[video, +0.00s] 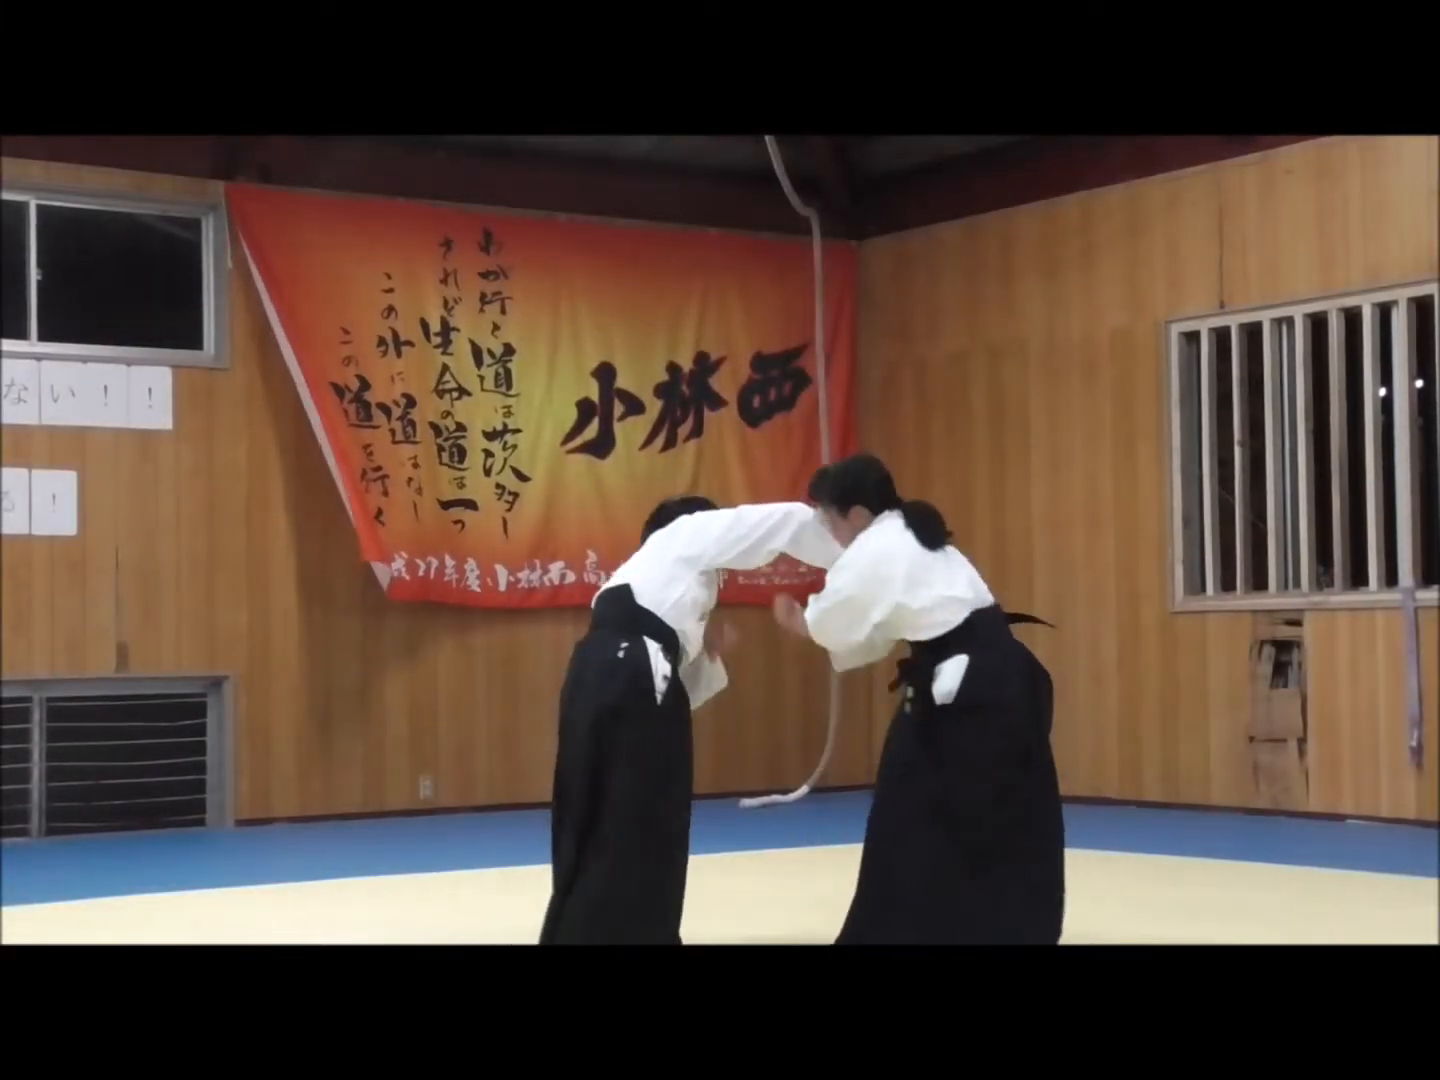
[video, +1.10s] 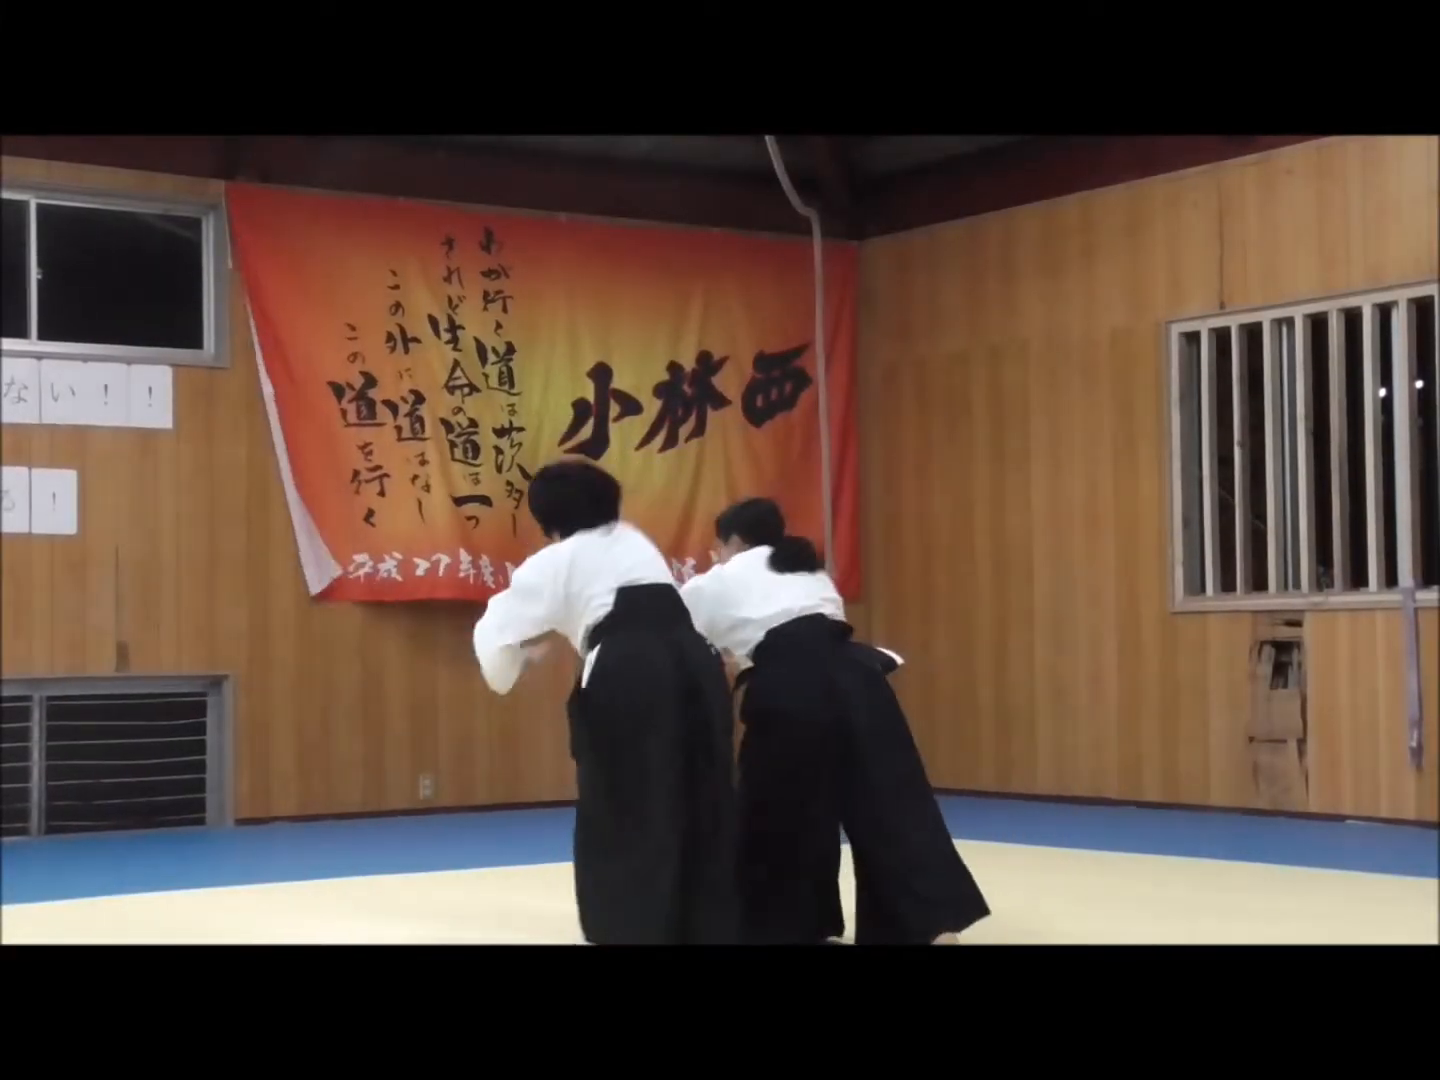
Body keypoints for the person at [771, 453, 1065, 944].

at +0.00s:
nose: (828, 532)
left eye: (828, 519)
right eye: (824, 520)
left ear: (855, 513)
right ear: (877, 504)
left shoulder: (872, 552)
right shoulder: (922, 533)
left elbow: (830, 627)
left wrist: (795, 620)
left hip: (963, 683)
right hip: (1015, 670)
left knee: (912, 818)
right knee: (1010, 820)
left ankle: (905, 931)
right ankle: (1007, 931)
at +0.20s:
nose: (835, 477)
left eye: (841, 465)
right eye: (835, 465)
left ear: (871, 469)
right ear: (886, 468)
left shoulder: (878, 515)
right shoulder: (920, 505)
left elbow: (823, 586)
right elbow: (859, 577)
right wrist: (791, 566)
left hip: (933, 669)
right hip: (981, 663)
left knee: (898, 809)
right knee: (972, 810)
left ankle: (891, 930)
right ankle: (981, 930)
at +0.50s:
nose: (846, 467)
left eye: (850, 457)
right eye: (845, 457)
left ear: (875, 458)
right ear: (902, 456)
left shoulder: (871, 507)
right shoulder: (924, 502)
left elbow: (797, 542)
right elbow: (823, 542)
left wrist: (777, 488)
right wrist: (776, 510)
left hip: (901, 664)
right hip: (954, 659)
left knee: (882, 802)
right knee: (949, 807)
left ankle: (880, 928)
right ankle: (944, 929)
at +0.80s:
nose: (806, 484)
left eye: (811, 476)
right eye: (808, 476)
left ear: (830, 481)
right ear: (867, 479)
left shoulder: (813, 522)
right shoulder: (887, 520)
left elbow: (731, 511)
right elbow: (835, 591)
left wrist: (710, 461)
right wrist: (757, 592)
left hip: (854, 669)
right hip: (919, 662)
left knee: (822, 809)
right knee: (917, 808)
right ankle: (918, 930)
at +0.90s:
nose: (777, 503)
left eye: (783, 494)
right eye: (779, 494)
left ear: (804, 498)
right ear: (837, 497)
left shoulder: (782, 540)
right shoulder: (862, 536)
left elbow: (708, 528)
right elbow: (807, 616)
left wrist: (673, 485)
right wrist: (731, 611)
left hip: (828, 681)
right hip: (898, 677)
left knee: (806, 816)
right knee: (914, 819)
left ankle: (772, 931)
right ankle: (925, 932)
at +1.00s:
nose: (751, 527)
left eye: (754, 518)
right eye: (752, 519)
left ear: (769, 518)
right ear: (807, 515)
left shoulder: (748, 561)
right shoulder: (835, 554)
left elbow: (680, 563)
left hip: (799, 690)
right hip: (868, 683)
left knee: (786, 821)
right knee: (898, 812)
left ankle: (772, 931)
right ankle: (929, 928)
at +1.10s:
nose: (715, 555)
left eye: (717, 546)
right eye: (716, 546)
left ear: (733, 543)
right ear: (775, 538)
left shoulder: (714, 584)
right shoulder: (805, 566)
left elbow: (661, 629)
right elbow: (830, 623)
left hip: (785, 690)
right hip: (857, 679)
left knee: (779, 820)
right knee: (890, 804)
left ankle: (785, 929)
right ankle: (935, 922)